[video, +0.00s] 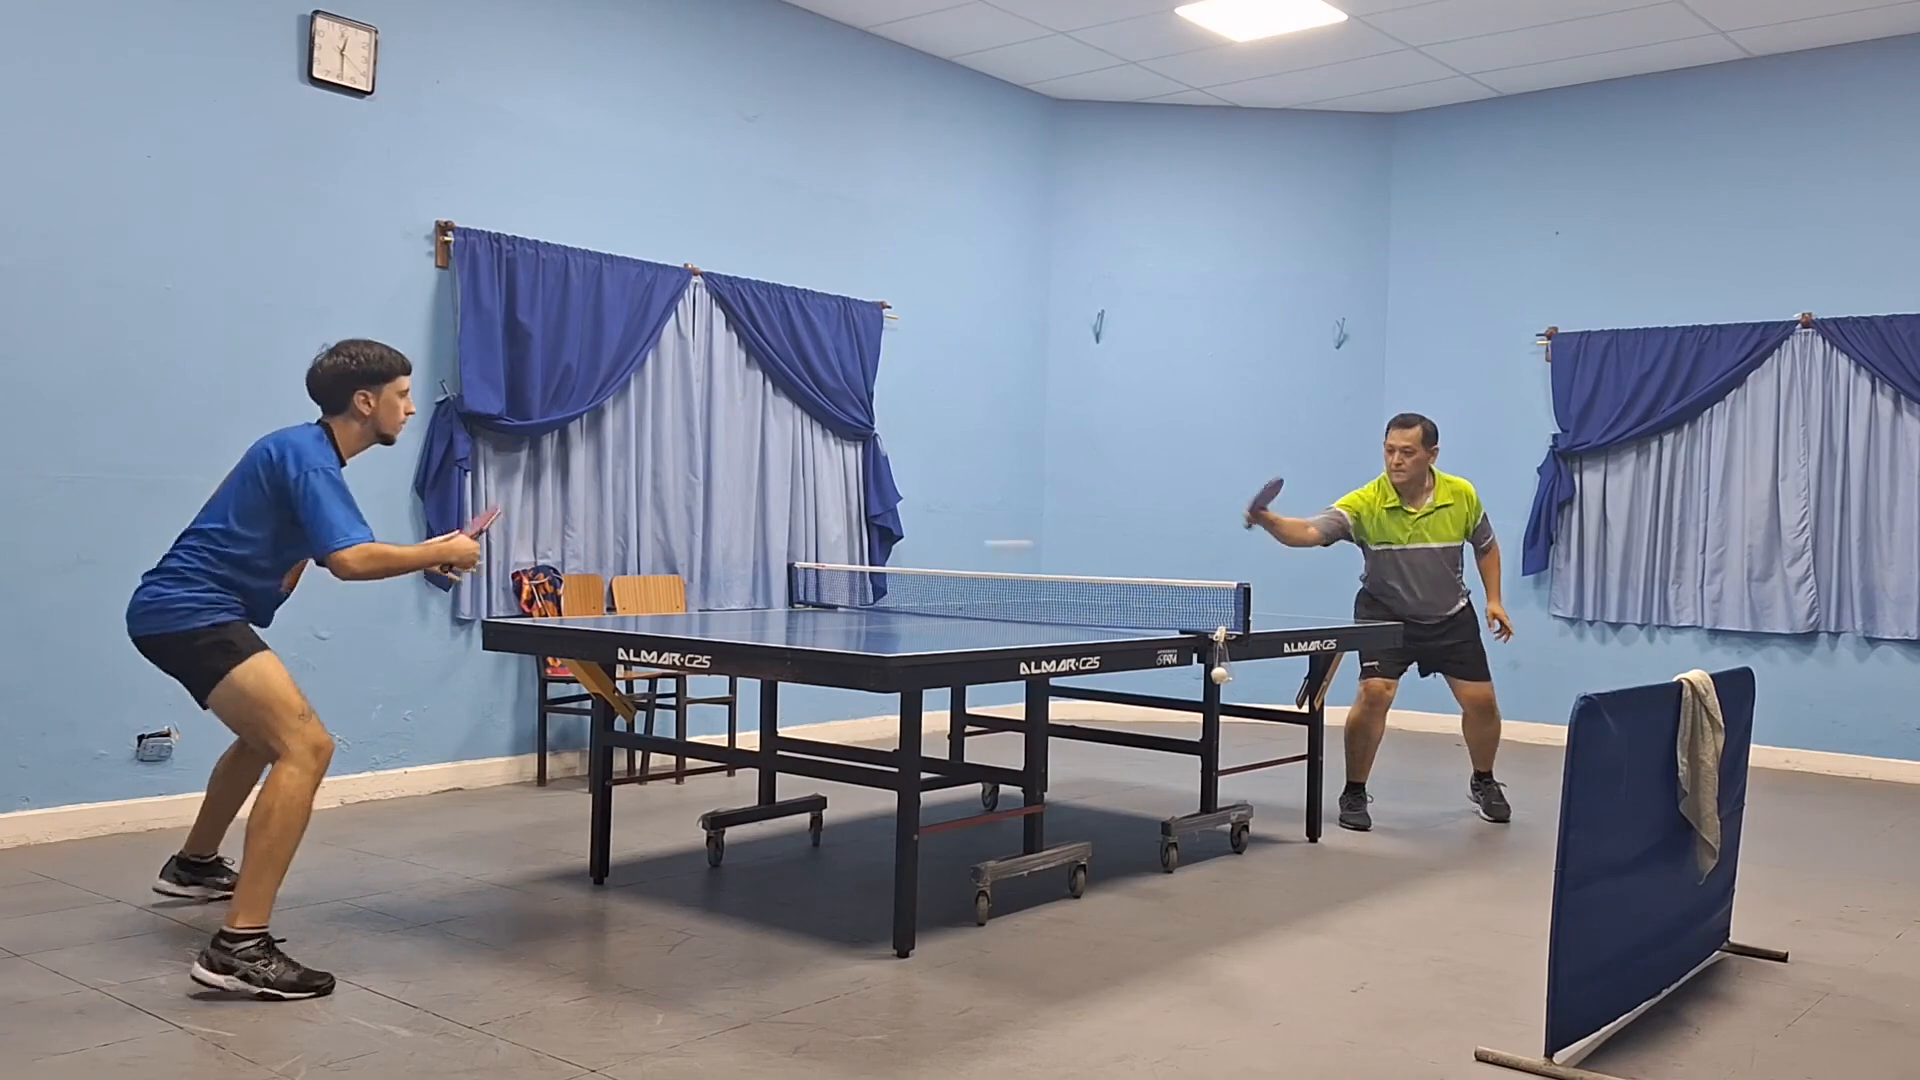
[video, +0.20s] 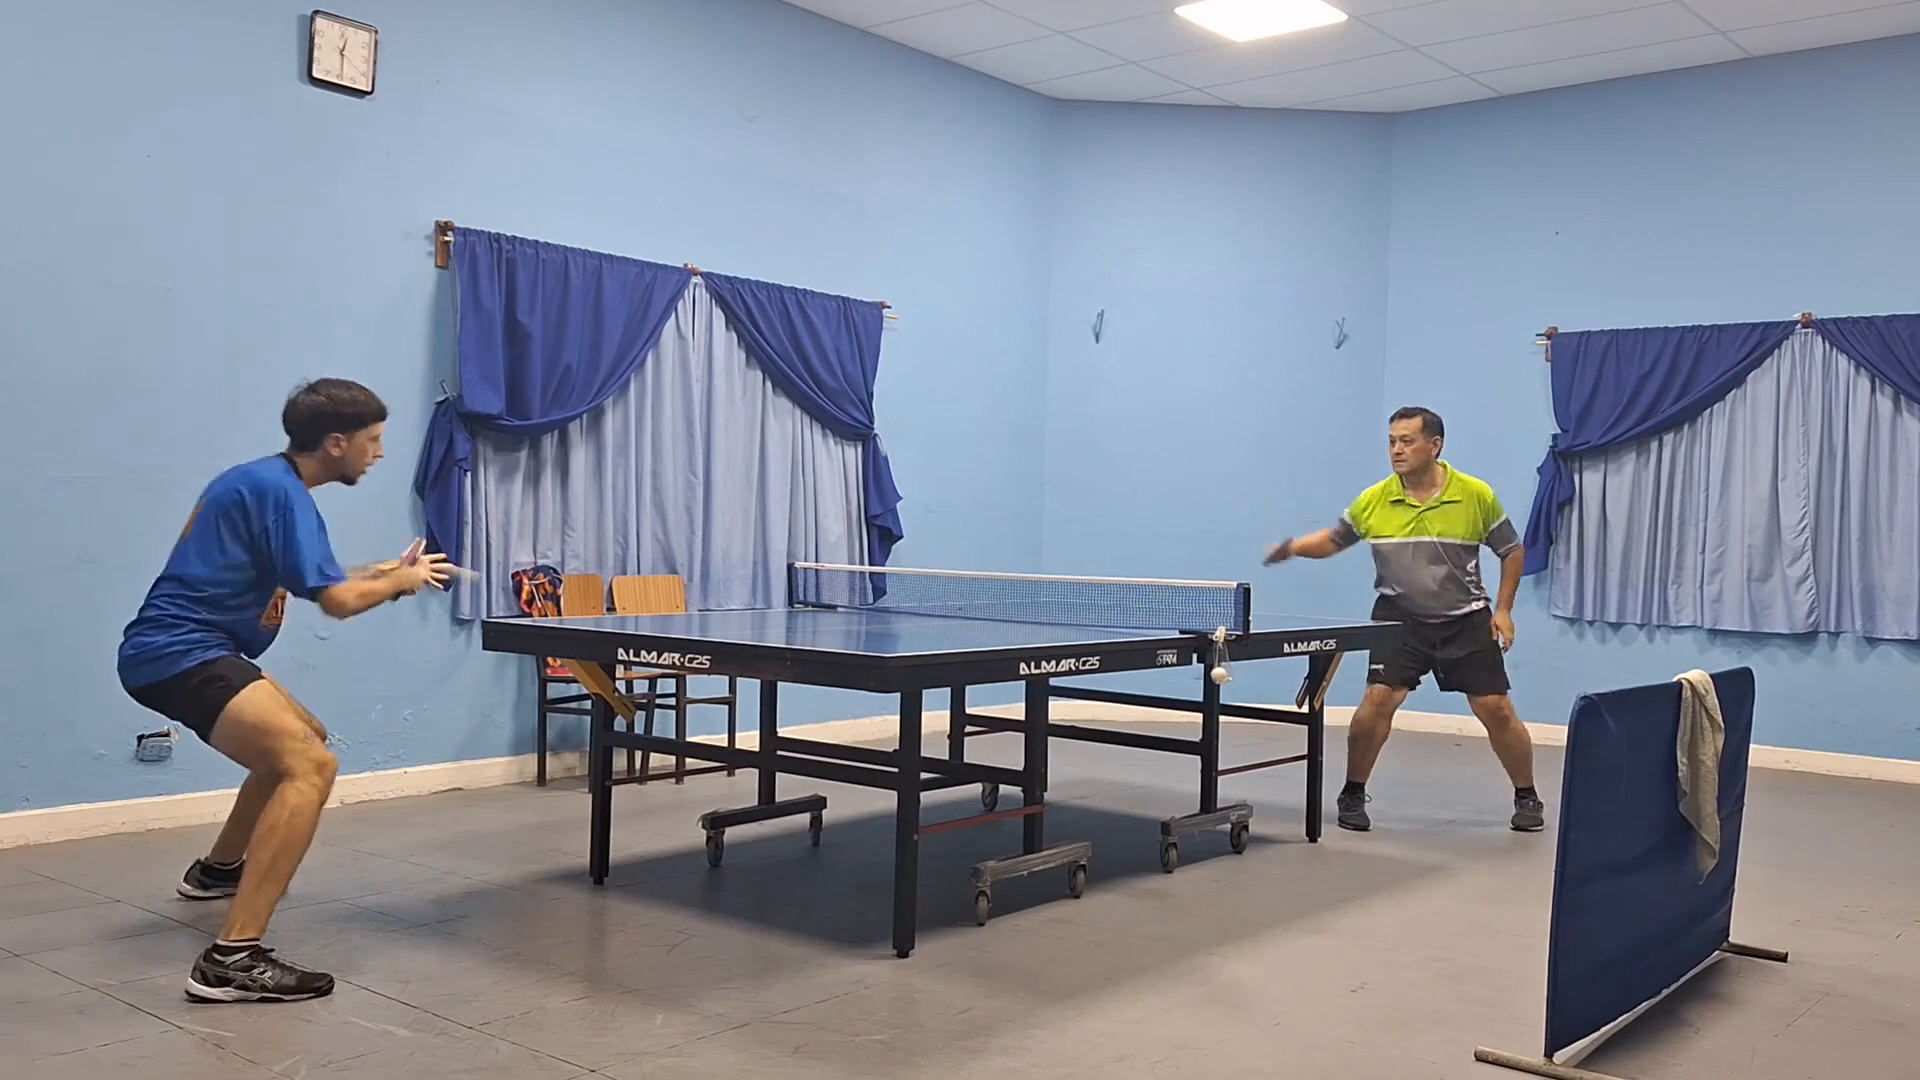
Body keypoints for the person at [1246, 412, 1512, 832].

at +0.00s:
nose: (1395, 460)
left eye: (1407, 452)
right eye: (1390, 451)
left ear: (1431, 455)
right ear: (1383, 452)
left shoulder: (1461, 496)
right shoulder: (1367, 502)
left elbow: (1486, 546)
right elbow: (1312, 531)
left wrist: (1494, 600)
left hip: (1450, 615)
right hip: (1385, 614)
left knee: (1482, 701)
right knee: (1376, 694)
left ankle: (1484, 780)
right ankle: (1355, 793)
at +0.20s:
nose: (1396, 449)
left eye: (1406, 441)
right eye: (1392, 442)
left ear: (1434, 445)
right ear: (1389, 446)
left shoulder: (1475, 495)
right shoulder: (1375, 500)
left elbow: (1512, 551)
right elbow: (1334, 539)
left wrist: (1504, 609)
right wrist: (1294, 547)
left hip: (1465, 622)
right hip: (1400, 623)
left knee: (1495, 708)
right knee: (1379, 698)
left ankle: (1526, 795)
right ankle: (1353, 793)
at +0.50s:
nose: (1399, 458)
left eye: (1405, 449)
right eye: (1395, 452)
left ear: (1433, 446)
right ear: (1395, 457)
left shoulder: (1462, 482)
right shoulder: (1426, 500)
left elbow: (1441, 549)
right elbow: (1426, 571)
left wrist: (1395, 548)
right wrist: (1386, 608)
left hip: (1494, 607)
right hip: (1446, 611)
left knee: (1494, 705)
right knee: (1407, 685)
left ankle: (1528, 797)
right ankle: (1428, 763)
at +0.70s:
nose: (1378, 483)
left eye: (1383, 474)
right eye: (1375, 477)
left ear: (1409, 469)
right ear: (1411, 472)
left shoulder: (1427, 505)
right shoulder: (1436, 500)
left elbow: (1389, 573)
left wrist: (1343, 595)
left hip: (1488, 613)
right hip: (1455, 618)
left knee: (1472, 704)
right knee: (1415, 687)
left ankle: (1526, 798)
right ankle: (1433, 774)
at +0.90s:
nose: (1366, 470)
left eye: (1371, 461)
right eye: (1363, 464)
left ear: (1398, 456)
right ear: (1393, 460)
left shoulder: (1420, 490)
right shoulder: (1408, 499)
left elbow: (1433, 554)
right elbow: (1437, 557)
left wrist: (1400, 599)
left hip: (1481, 595)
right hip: (1442, 607)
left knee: (1497, 689)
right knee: (1412, 683)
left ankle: (1528, 791)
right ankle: (1432, 772)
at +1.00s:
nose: (1373, 456)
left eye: (1379, 448)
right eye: (1370, 451)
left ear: (1405, 445)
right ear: (1388, 453)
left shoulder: (1432, 480)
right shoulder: (1406, 495)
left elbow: (1456, 535)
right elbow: (1438, 547)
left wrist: (1420, 584)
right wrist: (1431, 592)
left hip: (1478, 591)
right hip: (1439, 601)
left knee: (1497, 684)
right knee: (1416, 681)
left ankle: (1531, 784)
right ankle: (1431, 772)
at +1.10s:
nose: (1387, 442)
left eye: (1394, 434)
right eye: (1384, 436)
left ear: (1422, 436)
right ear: (1389, 442)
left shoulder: (1447, 472)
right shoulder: (1409, 490)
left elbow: (1474, 522)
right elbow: (1416, 553)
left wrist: (1432, 565)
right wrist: (1400, 594)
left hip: (1481, 590)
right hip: (1437, 597)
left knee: (1497, 682)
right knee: (1424, 679)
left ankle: (1526, 775)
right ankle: (1432, 771)